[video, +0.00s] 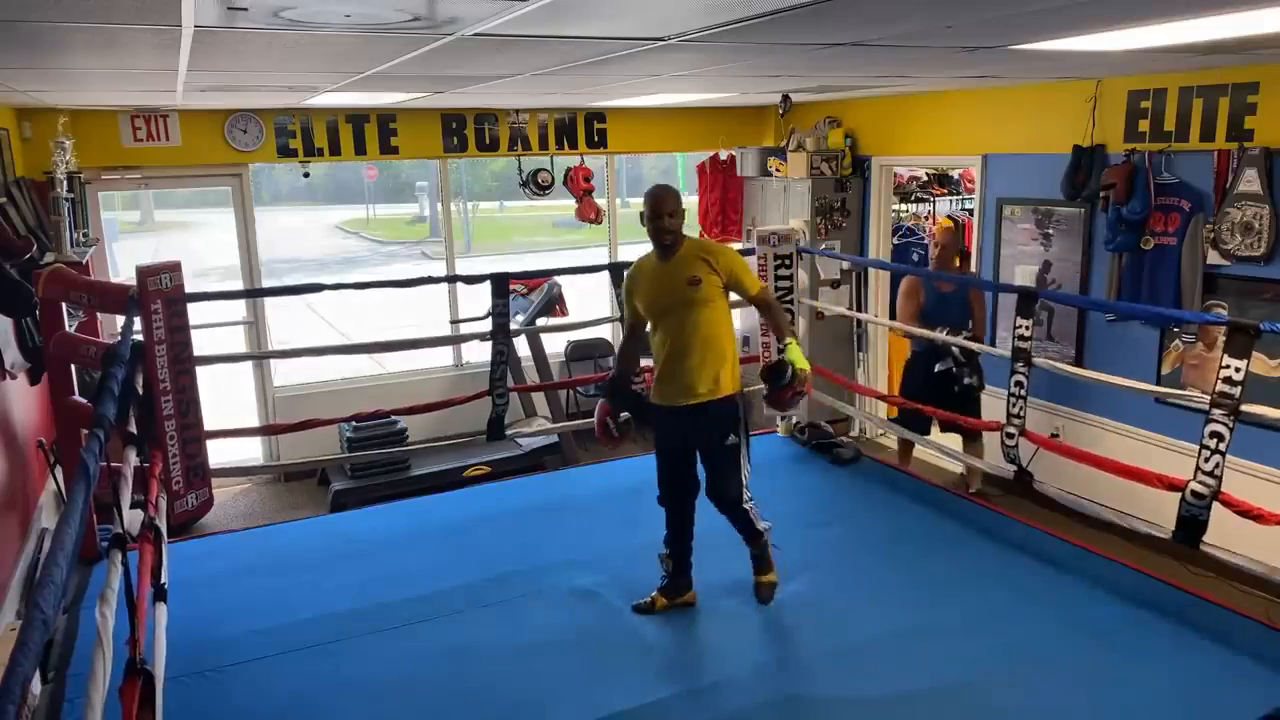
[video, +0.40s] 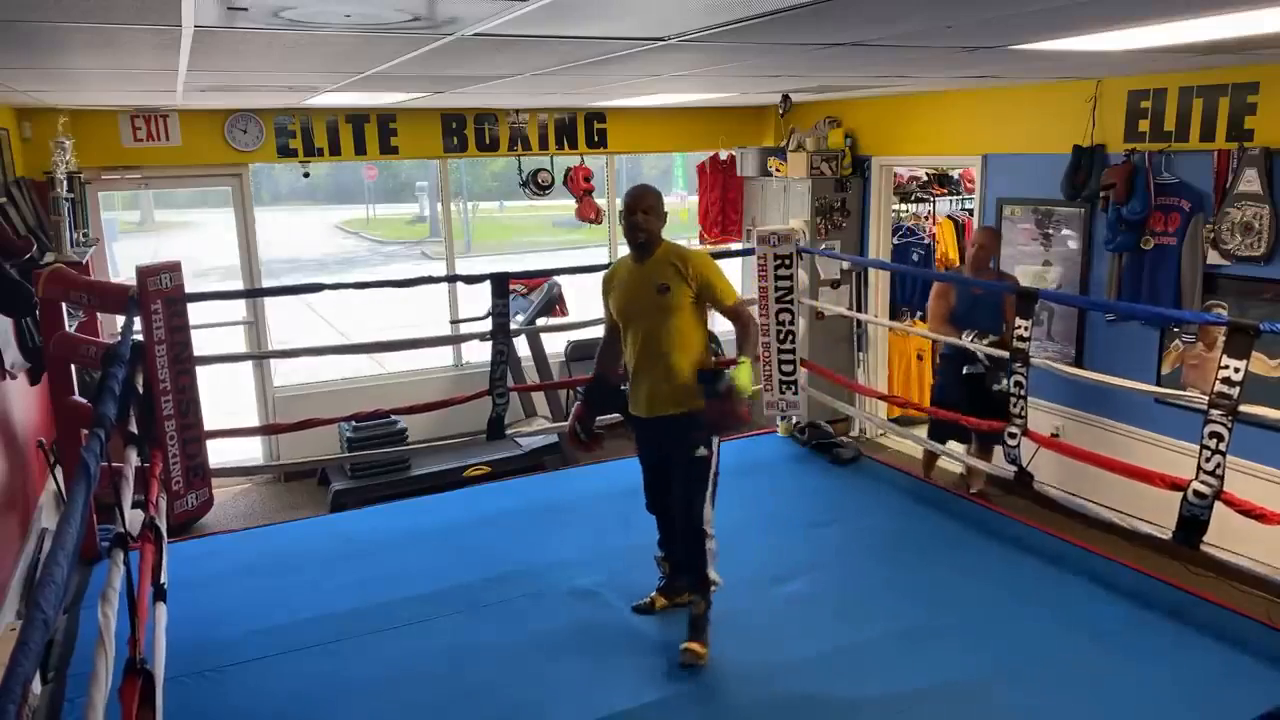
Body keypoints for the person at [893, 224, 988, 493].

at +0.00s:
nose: (935, 251)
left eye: (942, 247)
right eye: (933, 245)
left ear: (957, 251)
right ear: (929, 244)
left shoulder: (970, 286)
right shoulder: (913, 282)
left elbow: (979, 332)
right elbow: (905, 325)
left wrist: (963, 352)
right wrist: (937, 337)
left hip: (960, 366)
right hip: (922, 363)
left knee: (971, 430)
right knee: (908, 426)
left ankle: (974, 488)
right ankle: (900, 477)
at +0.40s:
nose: (975, 252)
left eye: (983, 248)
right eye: (974, 245)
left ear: (995, 254)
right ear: (966, 245)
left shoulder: (1007, 284)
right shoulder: (948, 281)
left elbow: (1012, 327)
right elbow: (935, 324)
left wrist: (999, 348)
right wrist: (968, 341)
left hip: (991, 368)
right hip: (955, 365)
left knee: (987, 434)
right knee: (941, 428)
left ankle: (974, 489)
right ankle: (924, 480)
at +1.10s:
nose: (973, 254)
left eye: (981, 250)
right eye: (970, 248)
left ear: (996, 255)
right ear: (965, 250)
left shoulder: (1011, 285)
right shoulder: (951, 285)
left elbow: (1022, 326)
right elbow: (942, 330)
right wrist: (978, 344)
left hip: (999, 373)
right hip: (961, 371)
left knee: (1009, 435)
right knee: (954, 438)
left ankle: (1017, 499)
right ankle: (953, 497)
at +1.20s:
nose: (984, 258)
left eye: (991, 253)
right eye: (980, 251)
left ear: (1002, 256)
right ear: (971, 252)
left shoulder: (1017, 287)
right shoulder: (955, 289)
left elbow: (1030, 330)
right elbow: (943, 334)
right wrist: (975, 343)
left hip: (1005, 375)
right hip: (967, 373)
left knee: (1013, 438)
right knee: (956, 437)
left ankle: (1021, 508)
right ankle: (954, 496)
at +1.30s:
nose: (993, 261)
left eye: (999, 255)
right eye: (987, 254)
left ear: (1008, 256)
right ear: (976, 253)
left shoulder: (1022, 290)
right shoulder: (960, 290)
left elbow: (1032, 338)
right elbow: (945, 334)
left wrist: (1026, 351)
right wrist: (968, 344)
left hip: (1010, 380)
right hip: (969, 377)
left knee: (1017, 444)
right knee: (959, 442)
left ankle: (1021, 512)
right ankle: (954, 501)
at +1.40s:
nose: (1004, 263)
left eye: (1009, 257)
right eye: (998, 257)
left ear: (1017, 257)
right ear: (985, 256)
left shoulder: (1032, 290)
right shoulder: (967, 291)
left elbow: (1043, 338)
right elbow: (948, 331)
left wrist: (1041, 362)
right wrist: (964, 348)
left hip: (1019, 383)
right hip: (978, 380)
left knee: (1022, 452)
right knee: (964, 446)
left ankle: (1021, 517)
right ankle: (955, 500)